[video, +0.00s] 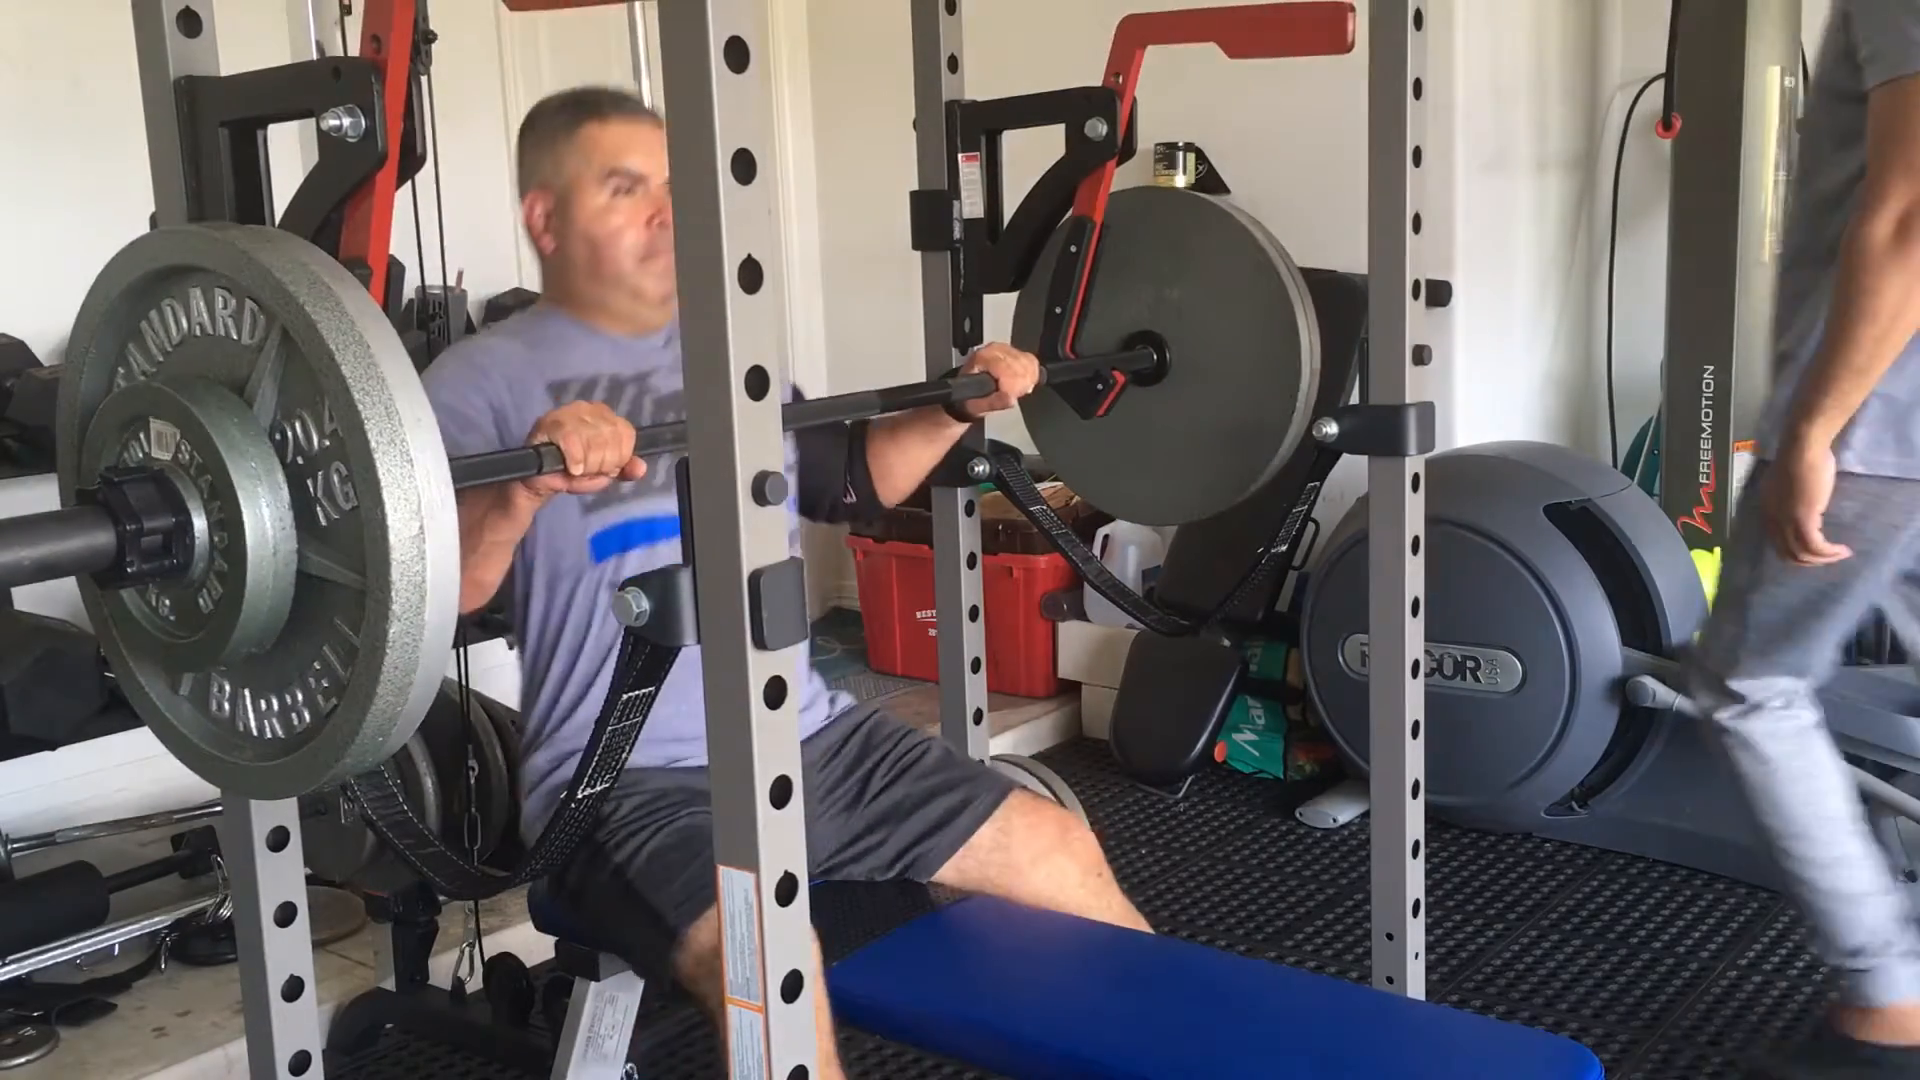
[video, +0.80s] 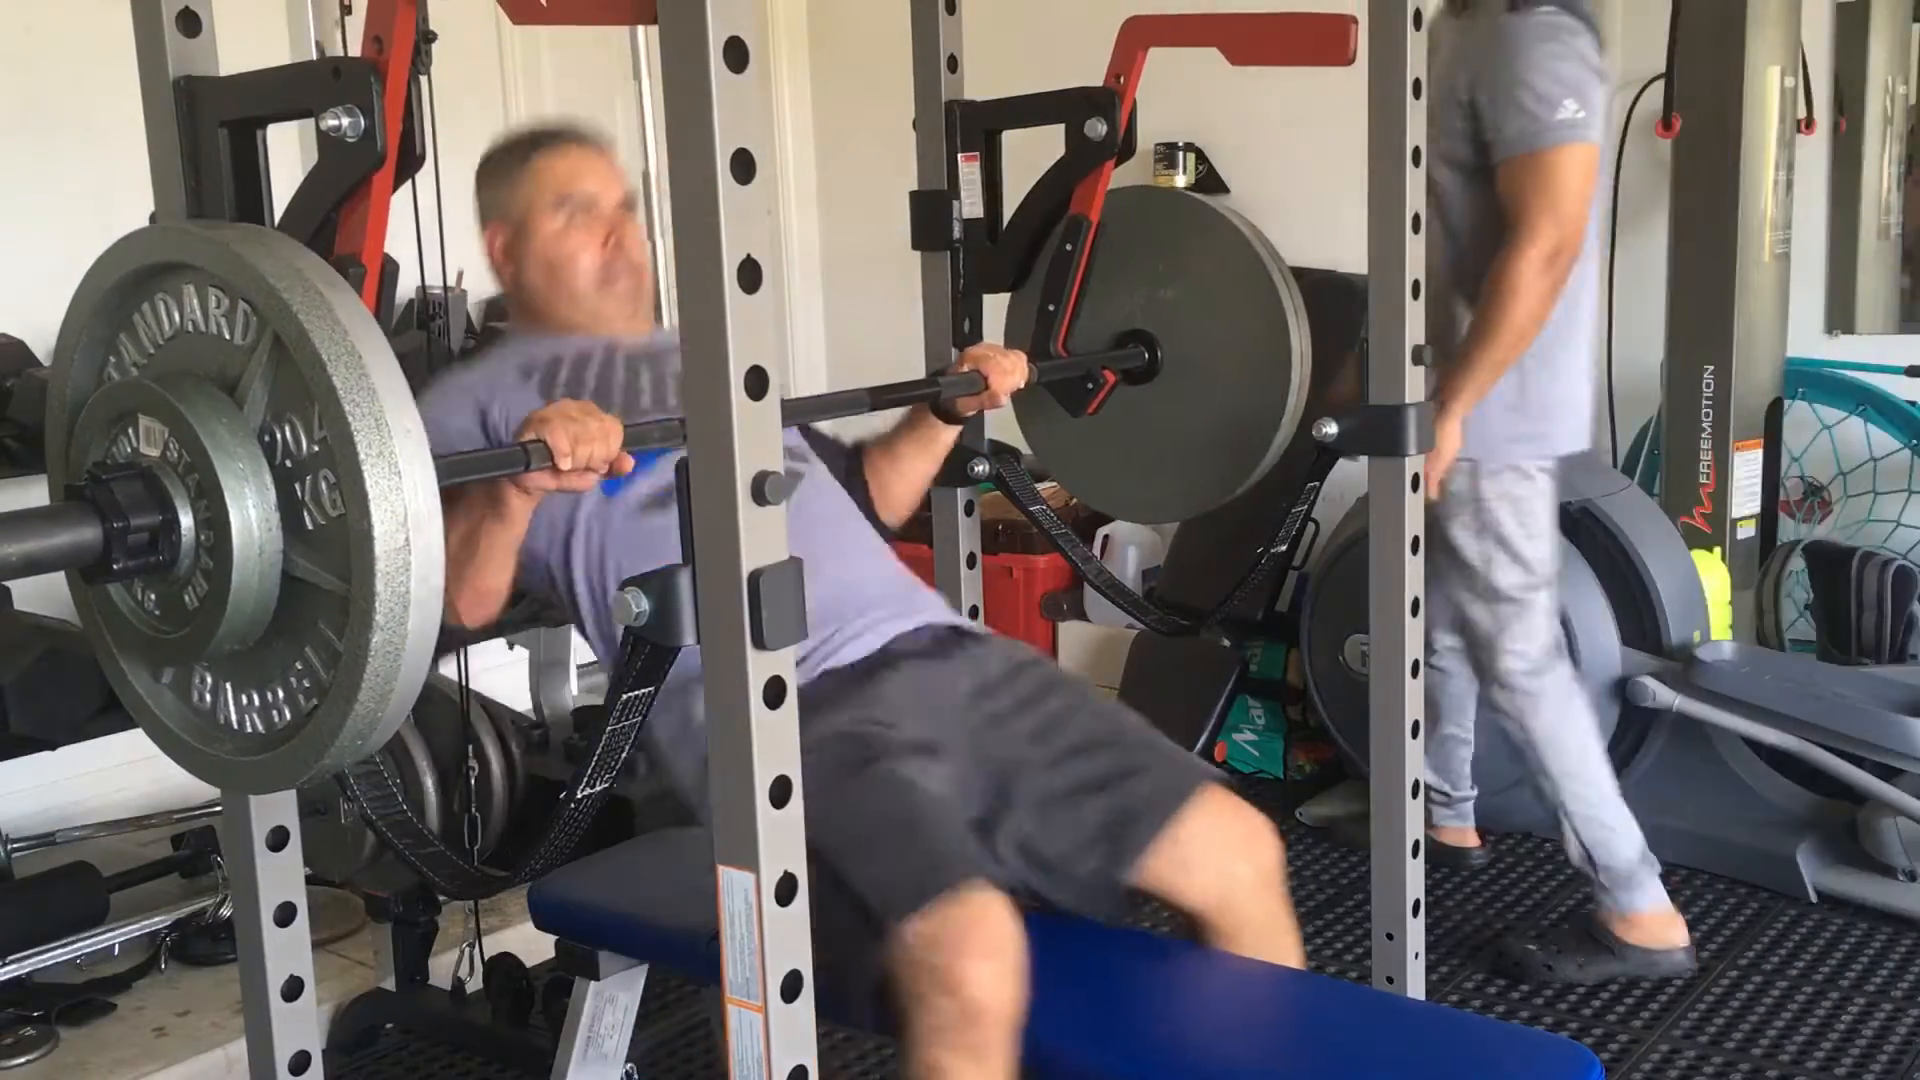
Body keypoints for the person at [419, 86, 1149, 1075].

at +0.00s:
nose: (665, 211)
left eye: (671, 187)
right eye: (624, 188)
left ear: (691, 204)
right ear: (543, 222)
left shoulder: (722, 347)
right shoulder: (480, 380)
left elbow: (848, 478)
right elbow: (440, 597)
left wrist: (957, 404)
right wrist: (523, 485)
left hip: (808, 731)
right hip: (625, 776)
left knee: (1049, 845)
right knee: (761, 954)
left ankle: (1189, 1060)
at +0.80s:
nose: (619, 233)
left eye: (625, 208)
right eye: (576, 215)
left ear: (643, 224)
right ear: (501, 256)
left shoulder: (707, 350)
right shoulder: (479, 396)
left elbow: (863, 506)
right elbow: (464, 607)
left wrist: (951, 406)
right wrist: (522, 480)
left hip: (950, 654)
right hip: (800, 712)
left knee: (1240, 854)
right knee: (971, 952)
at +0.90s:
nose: (607, 330)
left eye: (611, 309)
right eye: (565, 315)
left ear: (637, 336)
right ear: (494, 369)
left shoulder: (725, 452)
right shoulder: (514, 503)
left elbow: (900, 552)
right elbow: (490, 649)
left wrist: (953, 417)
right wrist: (524, 509)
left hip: (1012, 678)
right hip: (870, 745)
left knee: (1307, 883)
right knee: (1054, 992)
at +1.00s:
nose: (611, 456)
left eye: (610, 432)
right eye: (561, 444)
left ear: (633, 443)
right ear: (501, 493)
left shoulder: (753, 530)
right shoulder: (565, 619)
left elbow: (947, 585)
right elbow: (521, 717)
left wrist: (962, 425)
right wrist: (518, 520)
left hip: (1056, 697)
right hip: (924, 773)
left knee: (1387, 912)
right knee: (1112, 1035)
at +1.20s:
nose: (626, 567)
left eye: (636, 545)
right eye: (593, 576)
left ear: (676, 581)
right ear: (582, 626)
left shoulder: (847, 640)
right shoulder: (644, 750)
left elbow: (995, 620)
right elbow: (556, 791)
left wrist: (972, 435)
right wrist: (542, 523)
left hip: (1163, 741)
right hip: (1023, 821)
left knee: (1538, 957)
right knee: (1242, 1056)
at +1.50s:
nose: (712, 659)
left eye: (721, 648)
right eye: (704, 671)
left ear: (824, 661)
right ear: (723, 728)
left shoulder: (986, 657)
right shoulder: (807, 784)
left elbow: (1097, 606)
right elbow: (636, 774)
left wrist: (1024, 440)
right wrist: (597, 538)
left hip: (1334, 761)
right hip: (1186, 856)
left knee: (1719, 993)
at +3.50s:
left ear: (844, 674)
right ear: (733, 733)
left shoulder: (997, 696)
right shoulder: (785, 810)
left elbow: (1101, 627)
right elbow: (691, 748)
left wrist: (1043, 447)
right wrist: (642, 567)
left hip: (1338, 785)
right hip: (1202, 871)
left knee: (1777, 1021)